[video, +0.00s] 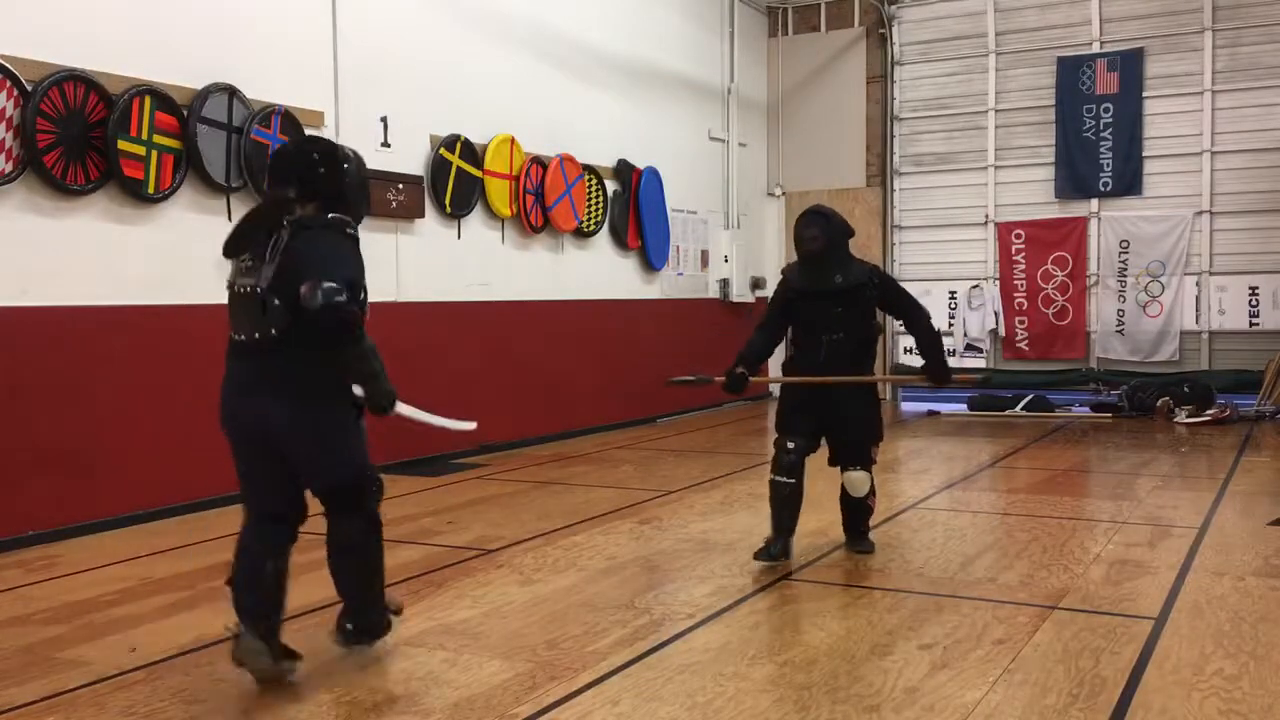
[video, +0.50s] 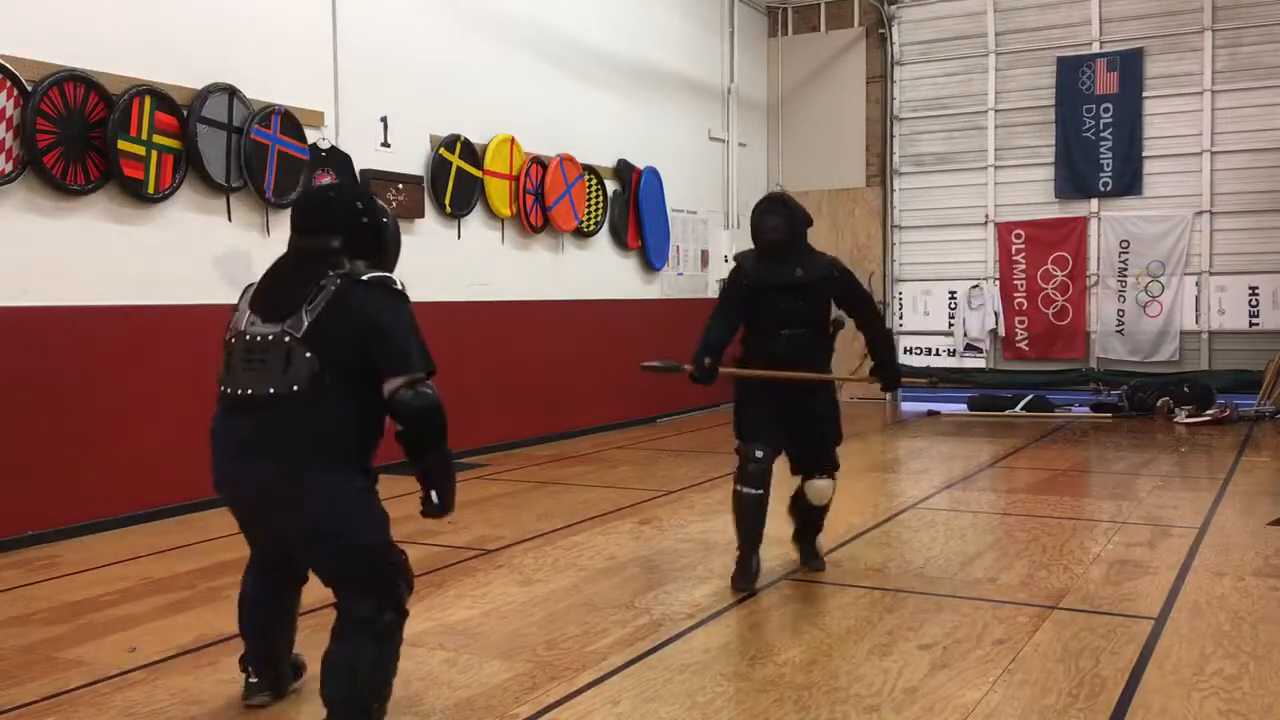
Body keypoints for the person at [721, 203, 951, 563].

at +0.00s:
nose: (809, 244)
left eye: (816, 237)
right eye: (803, 238)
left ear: (836, 237)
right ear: (796, 240)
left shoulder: (864, 278)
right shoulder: (793, 282)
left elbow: (915, 314)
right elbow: (769, 329)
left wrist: (936, 363)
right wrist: (743, 365)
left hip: (852, 389)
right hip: (801, 390)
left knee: (856, 470)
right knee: (786, 462)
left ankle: (857, 534)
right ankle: (780, 539)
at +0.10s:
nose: (806, 243)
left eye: (813, 236)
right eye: (800, 236)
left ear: (831, 237)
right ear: (792, 240)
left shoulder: (860, 278)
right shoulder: (788, 280)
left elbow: (907, 318)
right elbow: (765, 326)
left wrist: (925, 365)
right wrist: (738, 360)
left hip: (849, 388)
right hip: (798, 388)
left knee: (855, 467)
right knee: (784, 459)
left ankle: (857, 533)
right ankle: (765, 539)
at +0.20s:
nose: (796, 244)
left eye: (804, 236)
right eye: (790, 237)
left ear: (823, 237)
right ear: (781, 240)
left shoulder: (851, 277)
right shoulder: (778, 280)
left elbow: (894, 317)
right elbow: (754, 323)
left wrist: (910, 365)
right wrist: (729, 359)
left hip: (841, 388)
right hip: (789, 388)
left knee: (850, 467)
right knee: (777, 463)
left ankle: (857, 532)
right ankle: (762, 550)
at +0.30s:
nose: (783, 241)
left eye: (791, 233)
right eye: (777, 233)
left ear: (810, 234)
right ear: (768, 237)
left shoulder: (837, 276)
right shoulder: (764, 278)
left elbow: (880, 317)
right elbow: (741, 324)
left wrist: (896, 366)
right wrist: (718, 358)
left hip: (828, 387)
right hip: (776, 387)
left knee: (843, 468)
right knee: (768, 469)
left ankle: (856, 530)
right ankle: (758, 558)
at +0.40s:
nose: (774, 234)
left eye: (782, 226)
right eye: (767, 226)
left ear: (801, 226)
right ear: (758, 229)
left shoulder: (829, 269)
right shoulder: (754, 271)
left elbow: (870, 314)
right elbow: (731, 317)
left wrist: (888, 362)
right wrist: (711, 354)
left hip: (818, 383)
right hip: (765, 383)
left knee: (831, 466)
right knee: (760, 470)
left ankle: (829, 514)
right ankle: (757, 556)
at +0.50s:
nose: (772, 235)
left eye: (780, 226)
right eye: (764, 227)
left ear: (798, 227)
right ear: (754, 229)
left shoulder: (825, 271)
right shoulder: (747, 272)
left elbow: (868, 314)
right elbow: (724, 317)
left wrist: (886, 363)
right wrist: (707, 355)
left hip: (811, 386)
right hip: (759, 386)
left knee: (821, 478)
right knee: (753, 470)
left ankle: (807, 537)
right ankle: (747, 555)